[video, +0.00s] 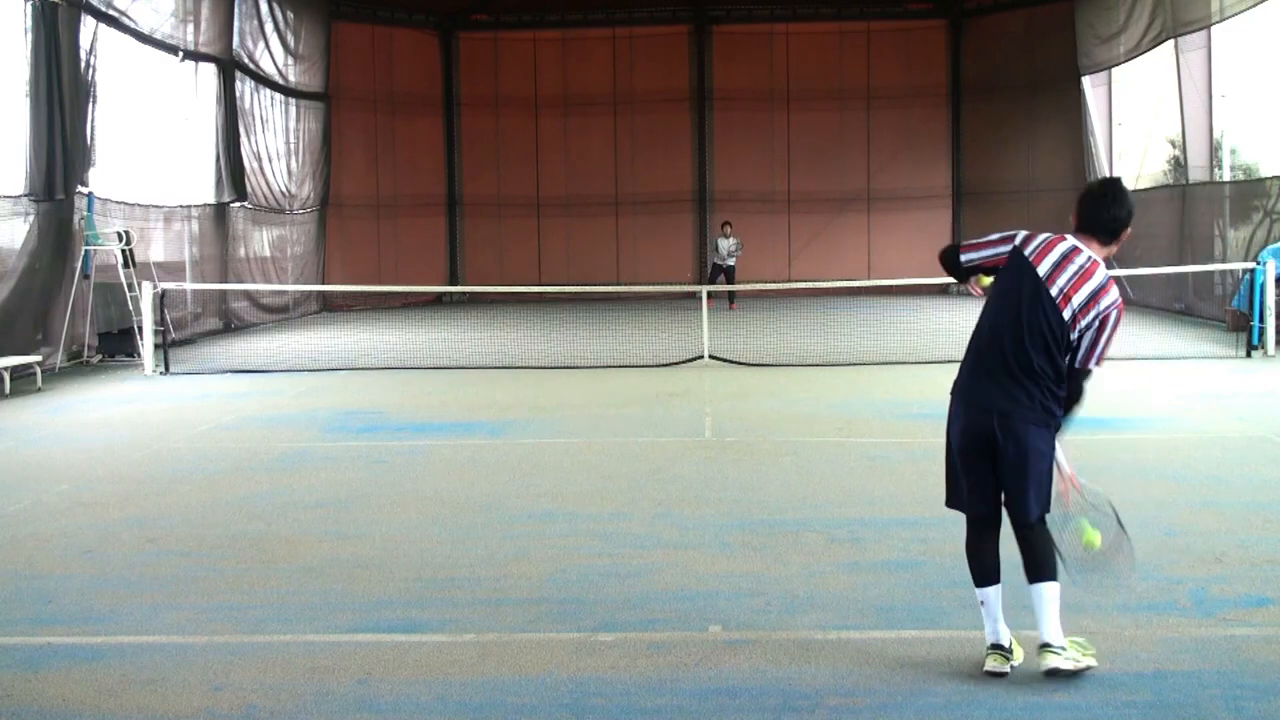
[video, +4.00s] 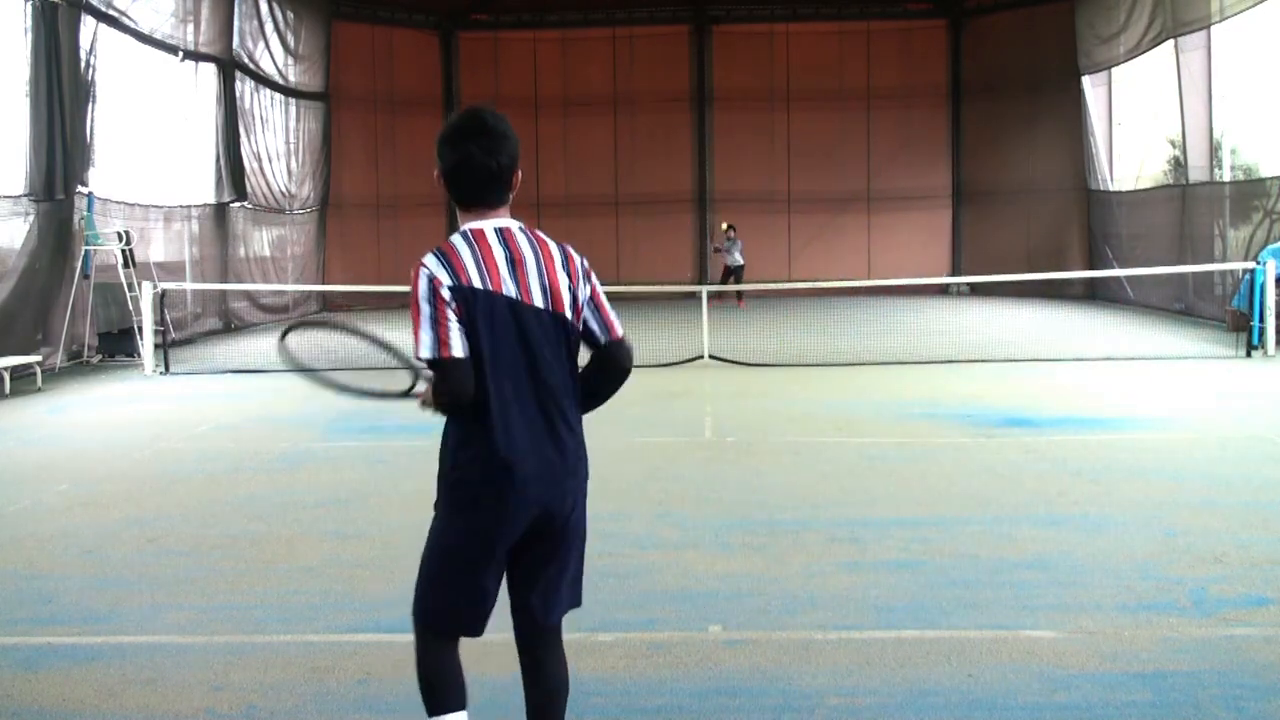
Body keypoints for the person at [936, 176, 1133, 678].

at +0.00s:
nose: (1127, 237)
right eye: (1128, 230)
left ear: (1075, 216)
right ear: (1123, 235)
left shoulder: (1030, 242)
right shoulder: (1109, 299)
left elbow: (950, 255)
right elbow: (1075, 378)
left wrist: (968, 280)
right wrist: (1052, 428)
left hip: (971, 404)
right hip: (1028, 416)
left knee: (981, 519)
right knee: (1030, 520)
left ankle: (997, 642)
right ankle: (1054, 642)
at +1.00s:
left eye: (827, 198)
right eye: (867, 196)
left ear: (817, 207)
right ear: (875, 203)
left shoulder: (798, 280)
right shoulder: (911, 267)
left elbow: (782, 391)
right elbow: (967, 336)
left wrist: (798, 451)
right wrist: (974, 400)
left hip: (835, 466)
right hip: (909, 463)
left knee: (818, 592)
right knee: (941, 572)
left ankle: (820, 714)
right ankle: (968, 687)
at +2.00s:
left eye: (648, 160)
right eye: (714, 157)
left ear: (644, 171)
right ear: (716, 168)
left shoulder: (620, 250)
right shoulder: (754, 247)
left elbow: (614, 364)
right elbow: (811, 347)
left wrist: (671, 381)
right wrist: (757, 398)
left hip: (658, 463)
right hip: (744, 460)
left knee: (637, 621)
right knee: (766, 611)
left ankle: (622, 717)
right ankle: (782, 717)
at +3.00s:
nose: (599, 227)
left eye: (600, 214)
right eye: (601, 214)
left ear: (526, 208)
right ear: (586, 225)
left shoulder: (558, 283)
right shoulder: (504, 298)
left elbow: (630, 319)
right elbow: (491, 370)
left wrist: (730, 323)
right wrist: (511, 393)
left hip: (494, 508)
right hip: (481, 517)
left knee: (497, 634)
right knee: (547, 679)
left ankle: (454, 717)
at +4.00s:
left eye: (441, 171)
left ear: (443, 183)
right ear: (517, 178)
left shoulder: (440, 268)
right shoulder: (563, 259)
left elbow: (457, 387)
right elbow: (617, 356)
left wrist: (436, 395)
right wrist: (566, 404)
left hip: (485, 485)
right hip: (560, 479)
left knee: (436, 625)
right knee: (542, 628)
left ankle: (452, 719)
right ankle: (549, 719)